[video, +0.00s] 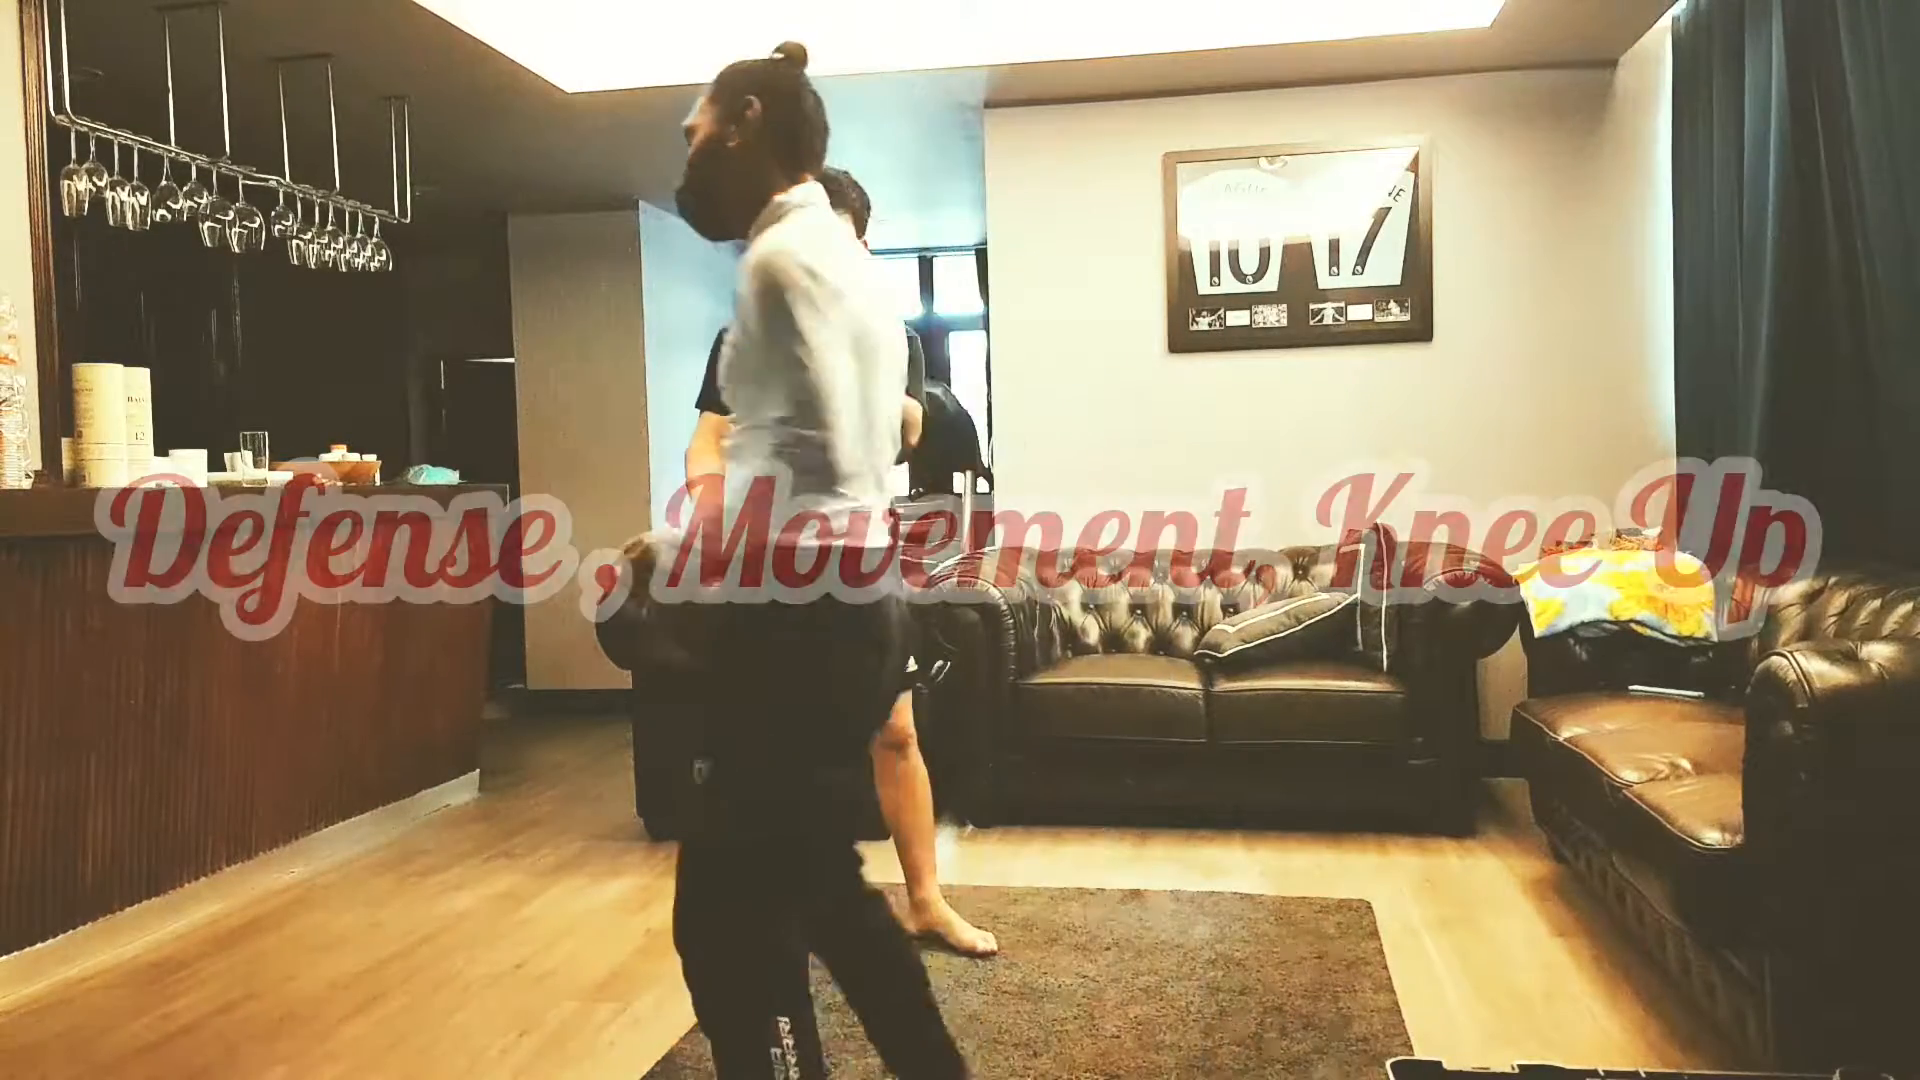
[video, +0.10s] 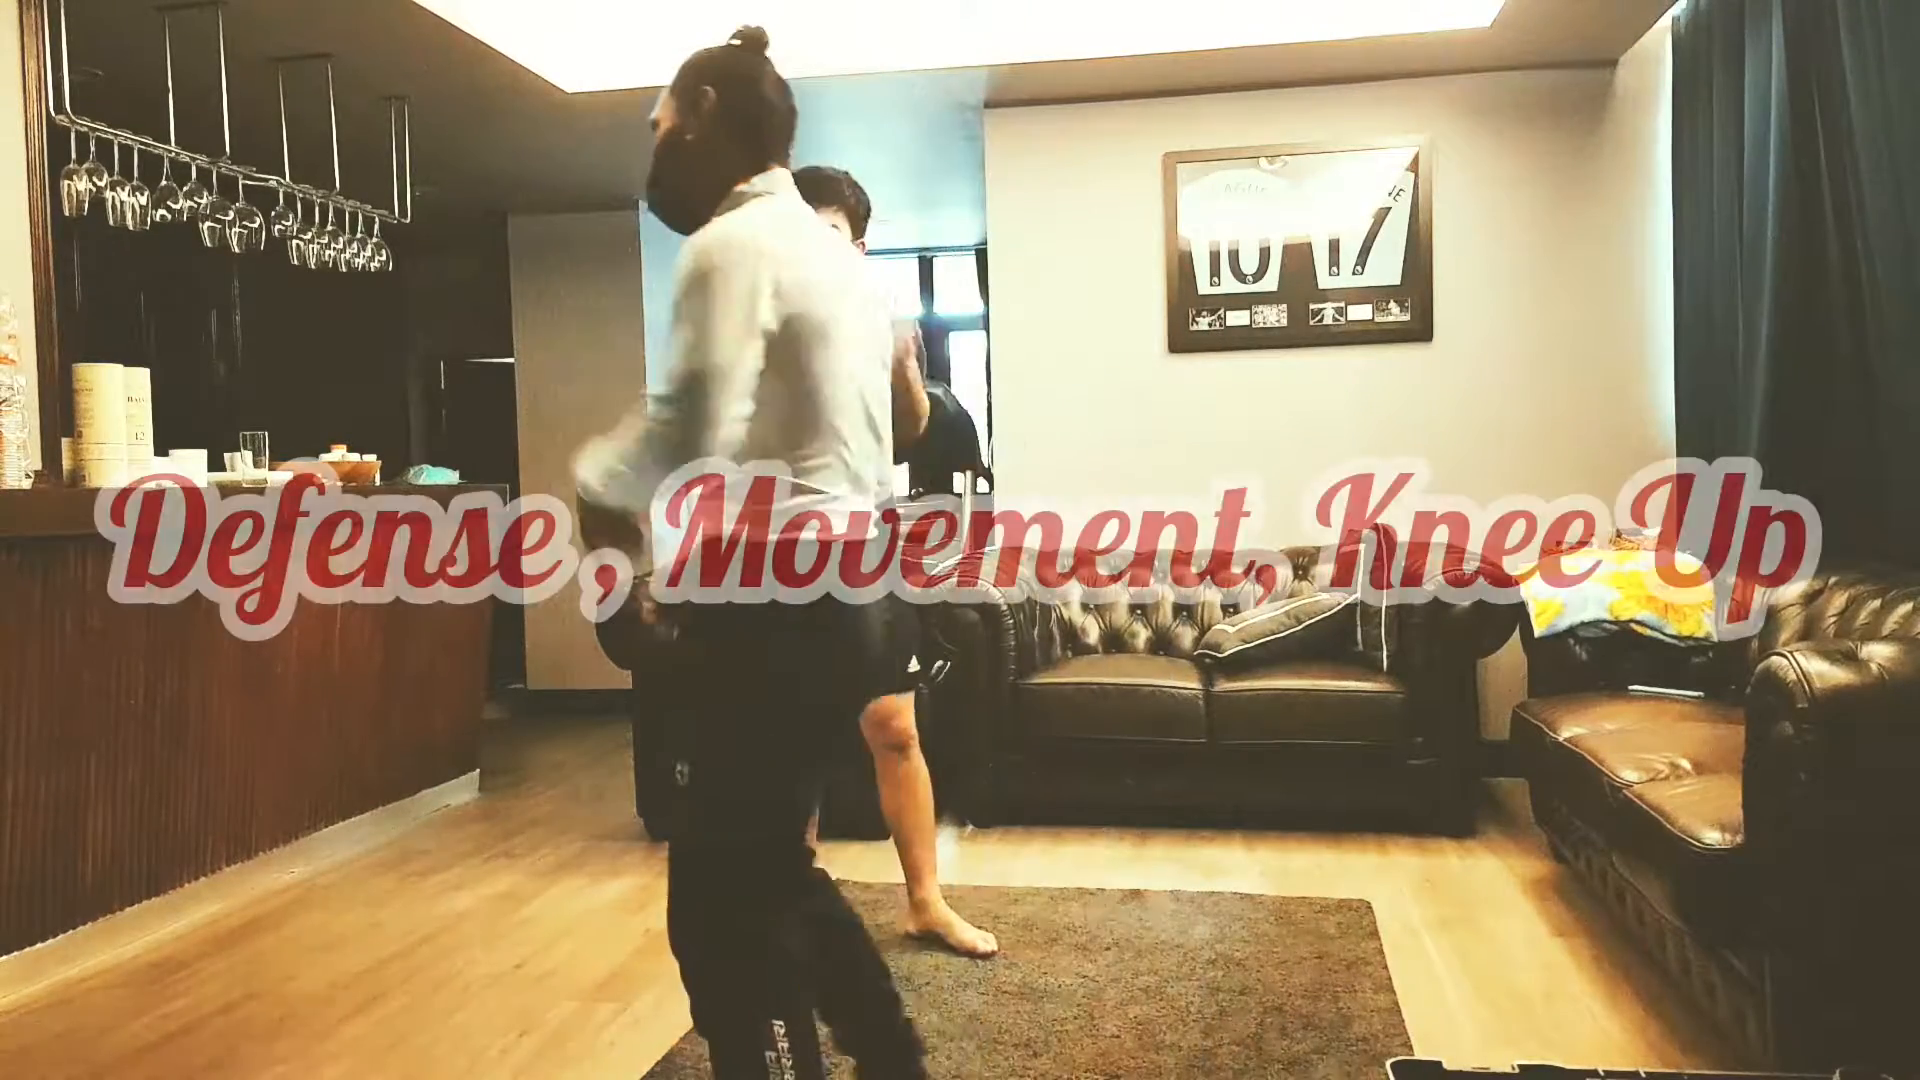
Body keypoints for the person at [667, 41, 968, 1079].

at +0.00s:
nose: (683, 159)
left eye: (698, 136)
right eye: (687, 138)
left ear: (752, 131)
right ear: (774, 138)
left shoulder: (785, 256)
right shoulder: (837, 256)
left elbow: (832, 468)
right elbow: (857, 457)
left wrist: (683, 567)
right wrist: (686, 548)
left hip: (802, 625)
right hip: (840, 619)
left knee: (717, 910)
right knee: (820, 883)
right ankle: (936, 1066)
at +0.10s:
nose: (650, 159)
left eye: (657, 131)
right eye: (652, 133)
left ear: (703, 121)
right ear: (764, 133)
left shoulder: (730, 246)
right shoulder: (834, 246)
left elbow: (695, 421)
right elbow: (896, 426)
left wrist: (599, 481)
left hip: (764, 605)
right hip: (835, 597)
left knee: (715, 881)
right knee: (771, 857)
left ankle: (748, 1064)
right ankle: (890, 1055)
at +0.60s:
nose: (645, 147)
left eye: (651, 131)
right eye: (648, 131)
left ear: (667, 141)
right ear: (768, 156)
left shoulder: (615, 262)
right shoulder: (849, 281)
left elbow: (579, 446)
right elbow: (884, 476)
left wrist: (649, 366)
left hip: (680, 632)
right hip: (813, 638)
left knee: (597, 895)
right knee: (780, 908)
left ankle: (685, 1072)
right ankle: (781, 1070)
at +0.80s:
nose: (792, 202)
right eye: (790, 185)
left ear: (674, 170)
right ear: (778, 182)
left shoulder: (603, 266)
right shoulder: (844, 287)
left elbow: (576, 450)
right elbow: (897, 471)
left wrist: (651, 376)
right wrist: (853, 563)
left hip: (661, 624)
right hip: (804, 629)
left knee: (629, 863)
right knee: (787, 883)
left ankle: (647, 1065)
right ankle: (785, 1065)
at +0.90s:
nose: (792, 208)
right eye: (794, 192)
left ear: (678, 178)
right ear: (780, 186)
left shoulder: (601, 272)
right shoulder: (839, 284)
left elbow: (549, 456)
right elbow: (903, 457)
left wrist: (622, 409)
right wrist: (881, 546)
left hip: (661, 610)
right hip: (804, 616)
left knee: (653, 868)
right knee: (787, 869)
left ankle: (647, 1065)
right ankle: (780, 1065)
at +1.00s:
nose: (806, 213)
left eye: (802, 201)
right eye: (804, 199)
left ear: (684, 191)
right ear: (781, 190)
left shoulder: (598, 278)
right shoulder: (823, 276)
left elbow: (514, 432)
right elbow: (910, 425)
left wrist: (622, 456)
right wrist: (885, 570)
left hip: (653, 609)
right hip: (796, 609)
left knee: (657, 864)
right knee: (786, 873)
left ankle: (664, 1065)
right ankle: (778, 1064)